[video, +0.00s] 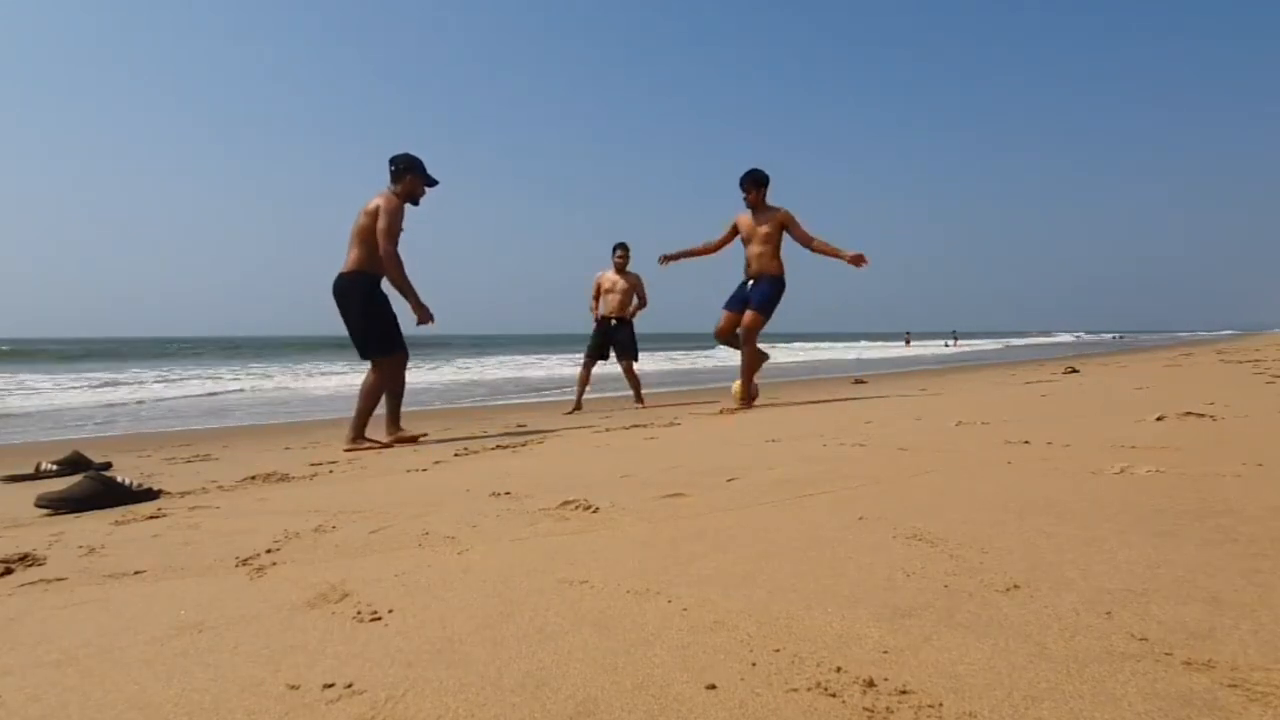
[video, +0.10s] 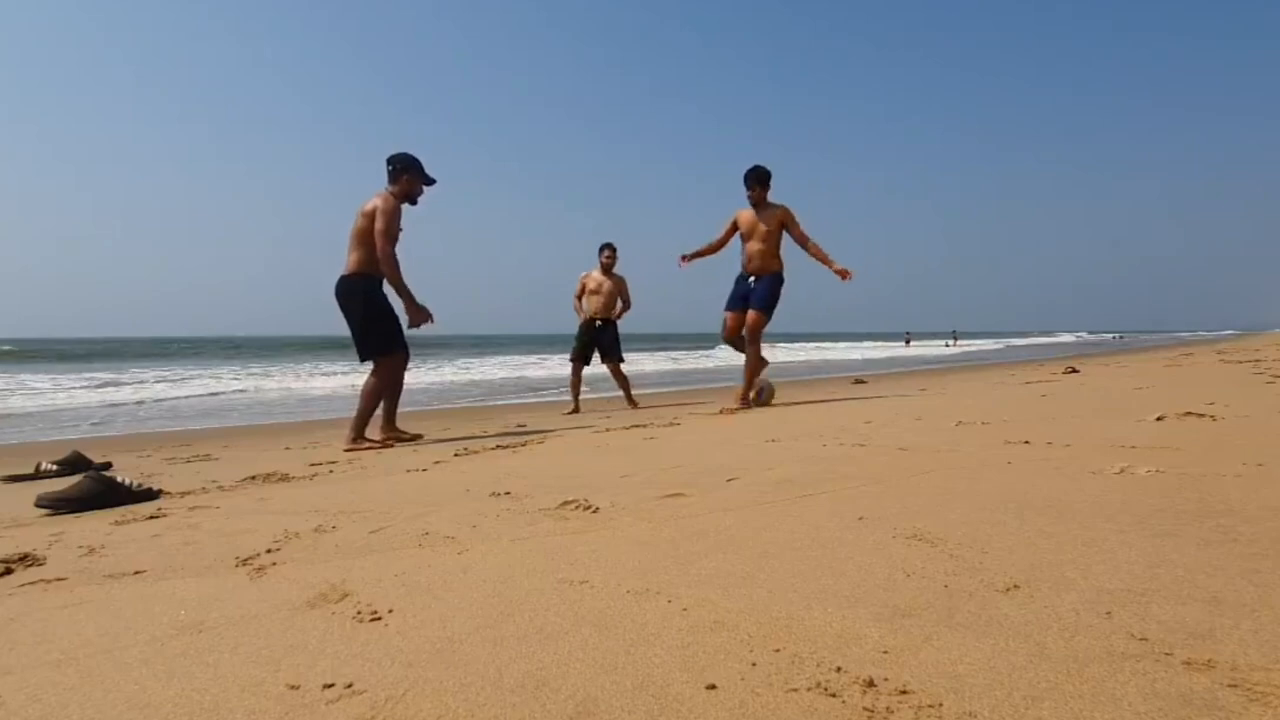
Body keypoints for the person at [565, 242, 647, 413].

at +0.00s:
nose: (621, 260)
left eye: (624, 257)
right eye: (618, 257)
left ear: (628, 259)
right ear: (612, 258)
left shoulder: (633, 279)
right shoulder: (602, 277)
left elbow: (642, 301)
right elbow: (595, 297)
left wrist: (632, 312)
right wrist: (595, 312)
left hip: (623, 322)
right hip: (603, 321)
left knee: (627, 365)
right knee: (588, 362)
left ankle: (639, 399)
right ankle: (577, 402)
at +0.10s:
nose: (609, 261)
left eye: (612, 258)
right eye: (606, 257)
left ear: (616, 259)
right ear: (599, 258)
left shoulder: (619, 281)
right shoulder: (586, 278)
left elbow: (626, 303)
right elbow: (577, 297)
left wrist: (618, 314)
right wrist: (581, 314)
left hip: (607, 323)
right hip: (588, 322)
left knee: (613, 365)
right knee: (576, 364)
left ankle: (630, 399)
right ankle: (575, 404)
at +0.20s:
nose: (599, 256)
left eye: (602, 253)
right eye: (596, 252)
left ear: (606, 255)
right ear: (590, 253)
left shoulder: (609, 276)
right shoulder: (576, 272)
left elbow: (614, 298)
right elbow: (564, 292)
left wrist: (608, 309)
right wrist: (569, 309)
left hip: (598, 319)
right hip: (579, 318)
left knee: (599, 363)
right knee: (573, 363)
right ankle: (574, 403)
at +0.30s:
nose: (593, 252)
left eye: (595, 249)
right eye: (589, 249)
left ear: (598, 251)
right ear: (582, 250)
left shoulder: (601, 272)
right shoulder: (569, 269)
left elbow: (605, 294)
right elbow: (556, 289)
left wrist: (599, 306)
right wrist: (558, 306)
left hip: (589, 316)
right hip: (570, 314)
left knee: (584, 362)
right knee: (565, 361)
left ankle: (575, 400)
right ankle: (564, 401)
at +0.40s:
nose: (585, 256)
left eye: (588, 253)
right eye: (582, 253)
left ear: (591, 255)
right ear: (574, 254)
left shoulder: (594, 277)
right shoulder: (562, 274)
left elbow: (600, 298)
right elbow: (548, 294)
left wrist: (591, 310)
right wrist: (548, 311)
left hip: (582, 320)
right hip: (563, 318)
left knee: (576, 367)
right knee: (552, 363)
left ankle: (567, 405)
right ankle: (544, 403)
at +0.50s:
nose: (578, 259)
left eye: (581, 256)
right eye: (575, 255)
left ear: (583, 257)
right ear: (567, 256)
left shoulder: (585, 279)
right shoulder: (555, 276)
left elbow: (590, 300)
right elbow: (543, 297)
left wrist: (590, 314)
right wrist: (541, 316)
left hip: (575, 323)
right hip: (556, 321)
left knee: (574, 368)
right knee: (544, 366)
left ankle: (566, 405)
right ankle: (531, 405)